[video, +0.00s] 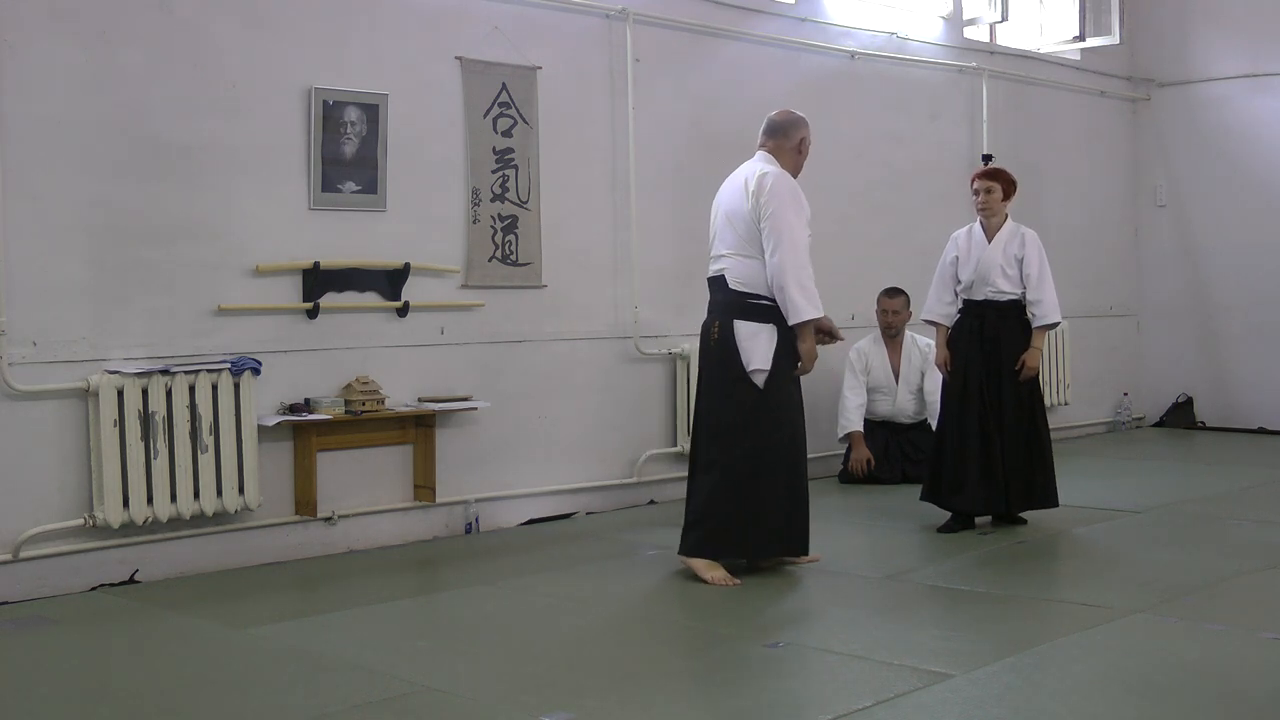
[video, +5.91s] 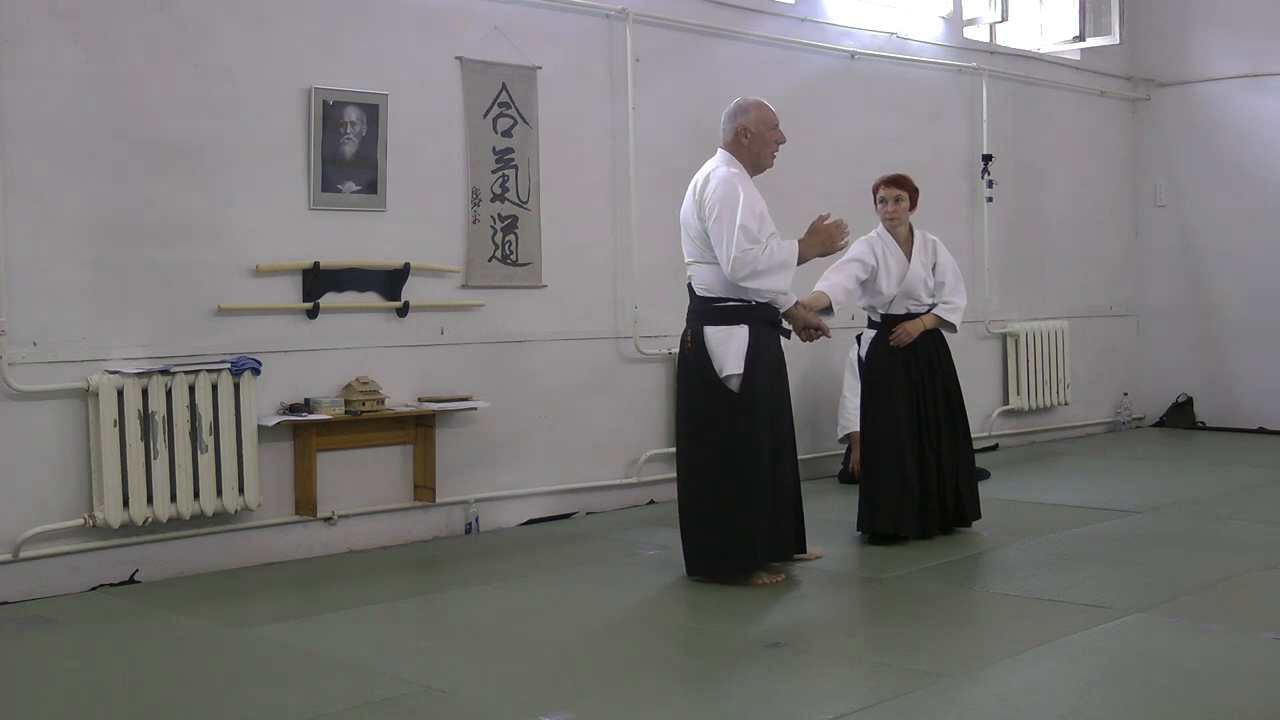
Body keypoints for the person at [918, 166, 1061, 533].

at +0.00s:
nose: (981, 199)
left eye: (989, 192)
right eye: (976, 193)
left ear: (1006, 197)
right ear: (972, 198)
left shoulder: (1024, 238)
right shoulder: (960, 239)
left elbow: (1041, 295)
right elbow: (944, 292)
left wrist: (1036, 346)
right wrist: (940, 342)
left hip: (1011, 331)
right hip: (969, 332)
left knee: (1011, 415)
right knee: (964, 416)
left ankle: (1007, 506)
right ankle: (963, 509)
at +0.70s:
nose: (977, 206)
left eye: (985, 200)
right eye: (973, 200)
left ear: (1004, 202)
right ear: (969, 203)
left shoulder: (1024, 244)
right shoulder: (960, 243)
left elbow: (1046, 298)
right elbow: (932, 287)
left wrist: (1007, 309)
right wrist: (910, 300)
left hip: (1010, 338)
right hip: (967, 336)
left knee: (1009, 419)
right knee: (953, 417)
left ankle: (1007, 507)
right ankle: (936, 507)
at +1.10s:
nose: (940, 208)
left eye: (948, 201)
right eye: (935, 201)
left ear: (966, 205)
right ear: (930, 206)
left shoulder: (985, 248)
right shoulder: (921, 243)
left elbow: (999, 304)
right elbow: (890, 277)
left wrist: (960, 307)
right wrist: (860, 297)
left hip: (969, 344)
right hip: (925, 345)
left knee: (979, 423)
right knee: (913, 426)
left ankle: (986, 509)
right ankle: (894, 515)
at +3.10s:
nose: (897, 206)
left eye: (905, 199)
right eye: (890, 200)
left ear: (920, 204)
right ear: (884, 206)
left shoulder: (936, 247)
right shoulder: (875, 245)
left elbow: (955, 304)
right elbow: (847, 278)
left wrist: (922, 322)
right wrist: (823, 302)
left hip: (928, 344)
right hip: (884, 345)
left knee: (938, 425)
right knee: (891, 431)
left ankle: (944, 513)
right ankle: (890, 520)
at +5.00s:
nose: (890, 207)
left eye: (898, 200)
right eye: (883, 202)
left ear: (913, 205)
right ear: (877, 208)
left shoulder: (931, 246)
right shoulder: (870, 247)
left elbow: (954, 298)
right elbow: (840, 280)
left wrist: (921, 324)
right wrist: (806, 303)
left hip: (928, 344)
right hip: (886, 347)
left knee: (936, 428)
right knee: (891, 432)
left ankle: (941, 515)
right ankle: (892, 521)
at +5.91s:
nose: (890, 208)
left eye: (898, 201)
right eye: (883, 202)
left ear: (912, 206)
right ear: (876, 208)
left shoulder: (931, 246)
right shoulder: (868, 248)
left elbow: (953, 301)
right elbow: (840, 281)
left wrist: (920, 324)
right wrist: (807, 304)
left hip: (928, 345)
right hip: (886, 347)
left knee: (936, 428)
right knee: (891, 432)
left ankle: (940, 515)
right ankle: (893, 521)